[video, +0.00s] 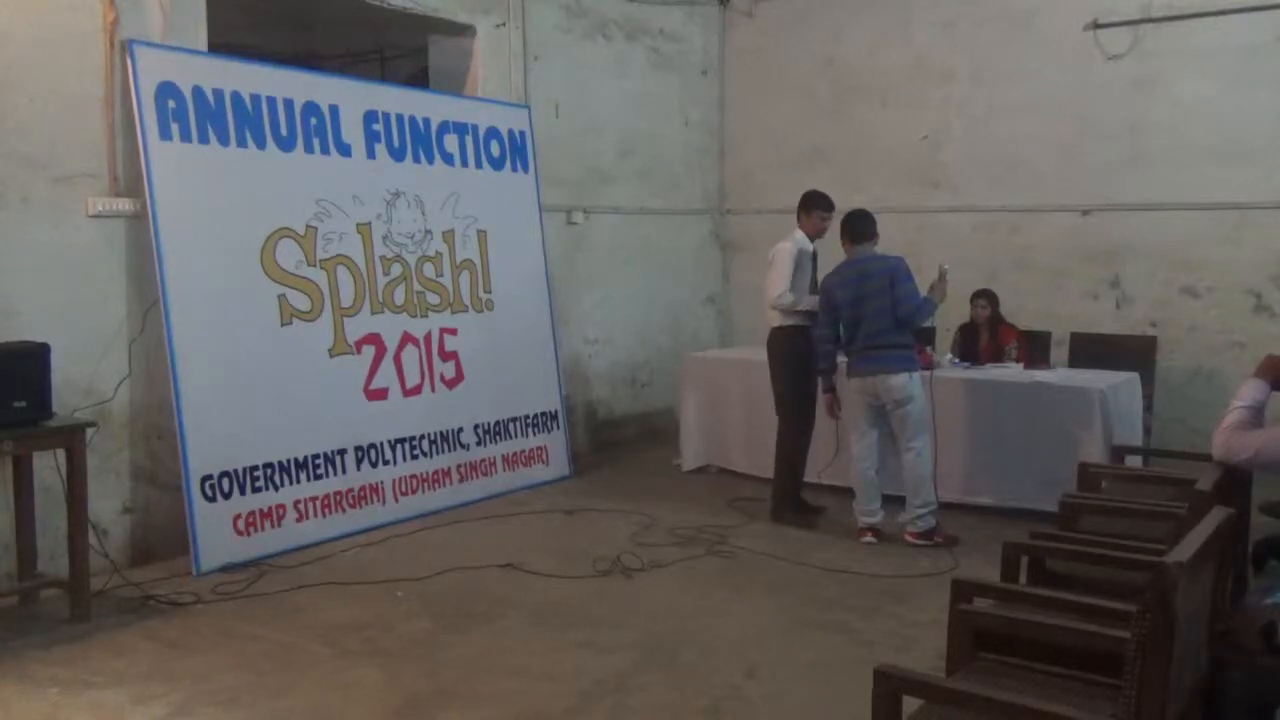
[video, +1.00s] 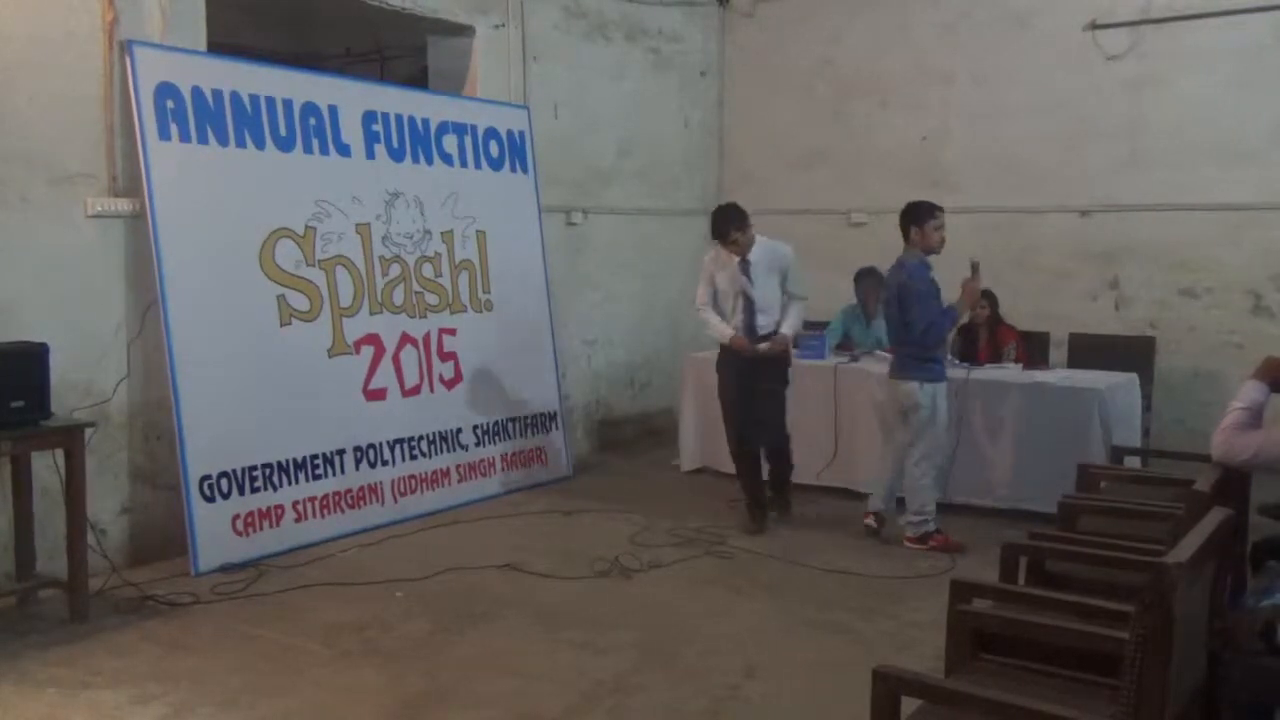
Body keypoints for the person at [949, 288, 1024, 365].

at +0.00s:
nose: (978, 311)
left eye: (983, 308)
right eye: (975, 307)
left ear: (992, 310)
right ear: (971, 308)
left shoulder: (1007, 332)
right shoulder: (964, 331)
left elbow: (1009, 365)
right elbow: (953, 361)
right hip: (967, 381)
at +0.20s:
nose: (978, 311)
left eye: (983, 307)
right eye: (975, 306)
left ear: (993, 310)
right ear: (971, 308)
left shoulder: (1006, 332)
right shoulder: (963, 331)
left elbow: (1009, 365)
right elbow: (954, 361)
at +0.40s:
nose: (977, 312)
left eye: (983, 308)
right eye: (974, 307)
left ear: (992, 311)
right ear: (971, 309)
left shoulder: (1006, 333)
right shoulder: (964, 331)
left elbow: (1010, 366)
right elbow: (954, 362)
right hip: (968, 381)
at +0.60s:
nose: (978, 312)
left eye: (983, 308)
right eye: (974, 307)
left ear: (992, 311)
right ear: (970, 309)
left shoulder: (1006, 333)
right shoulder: (964, 331)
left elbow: (1009, 367)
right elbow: (955, 362)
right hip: (969, 382)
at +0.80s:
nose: (977, 311)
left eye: (983, 307)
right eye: (974, 307)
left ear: (992, 310)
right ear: (971, 309)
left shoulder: (1006, 333)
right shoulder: (963, 332)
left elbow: (1008, 367)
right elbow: (955, 363)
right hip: (968, 382)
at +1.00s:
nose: (977, 312)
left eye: (982, 307)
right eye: (974, 307)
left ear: (991, 310)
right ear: (970, 308)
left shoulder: (1006, 333)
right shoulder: (963, 332)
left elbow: (1008, 367)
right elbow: (954, 362)